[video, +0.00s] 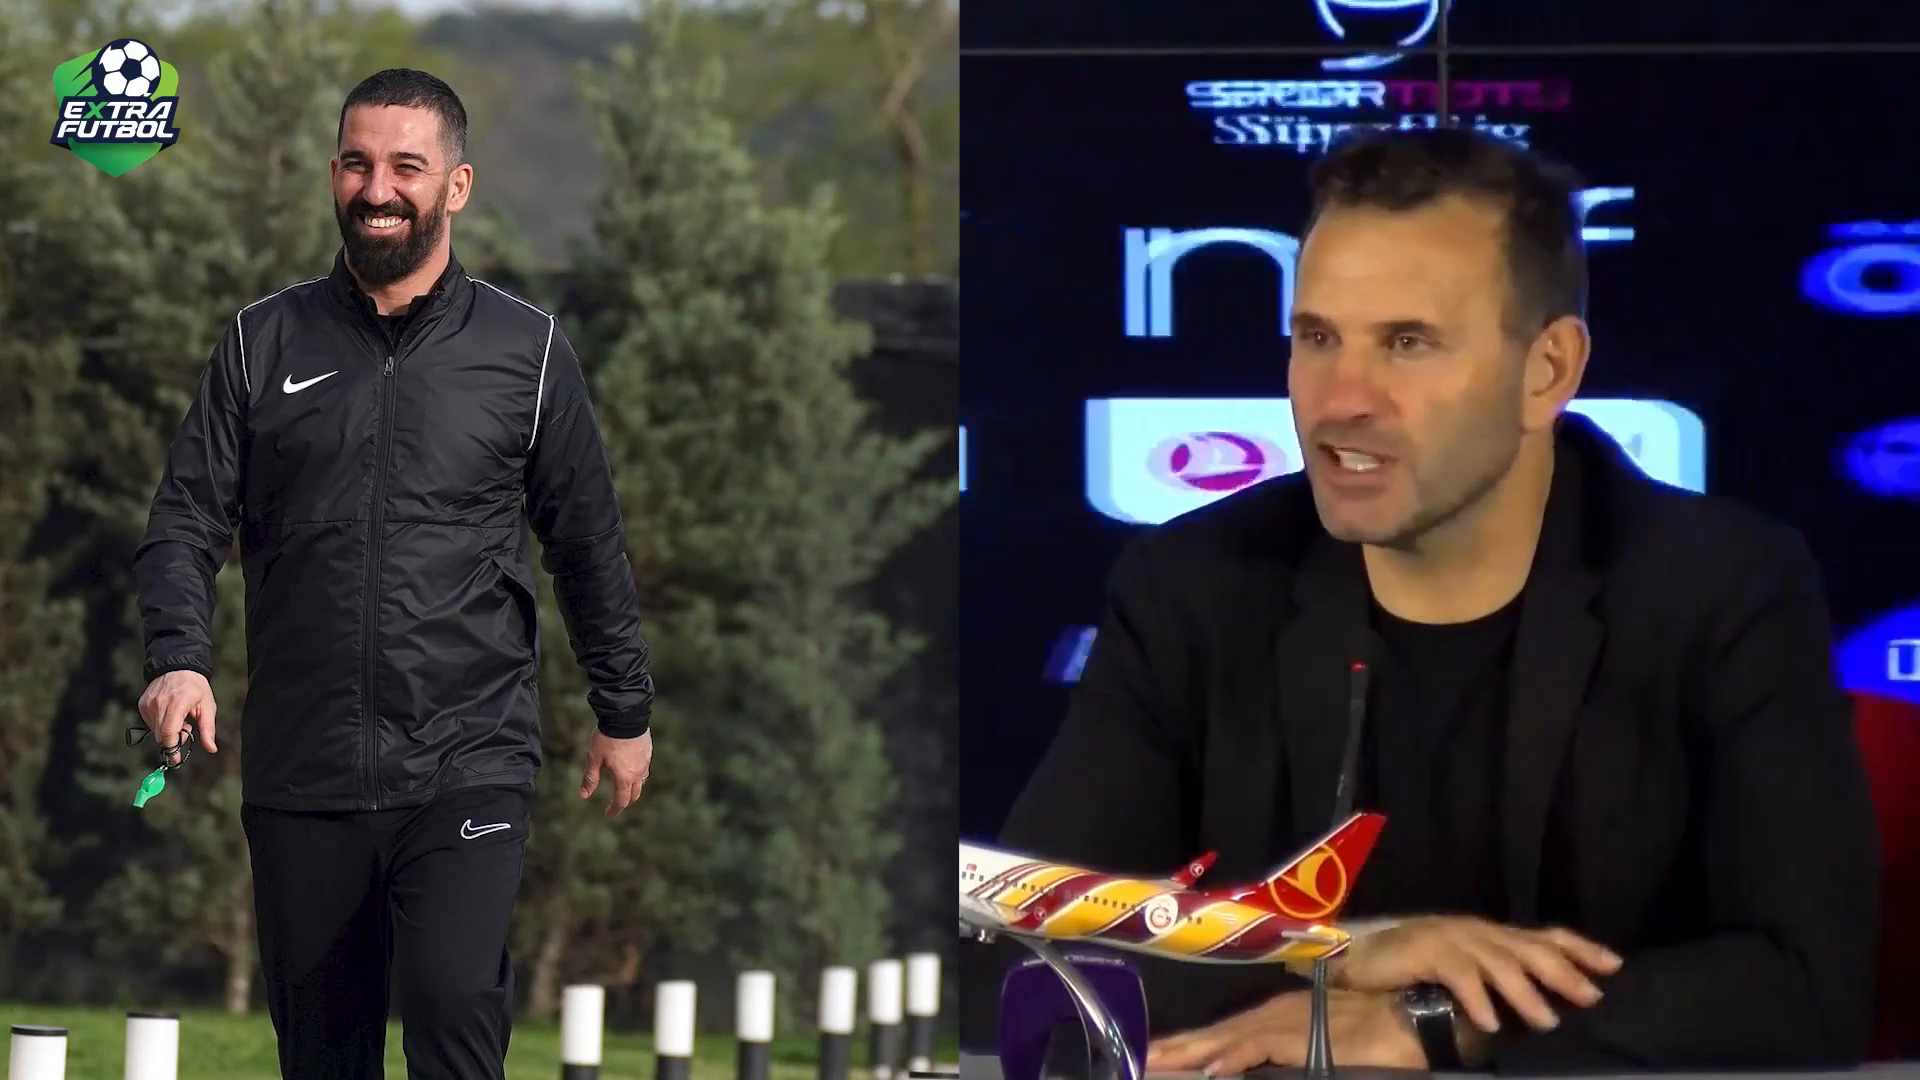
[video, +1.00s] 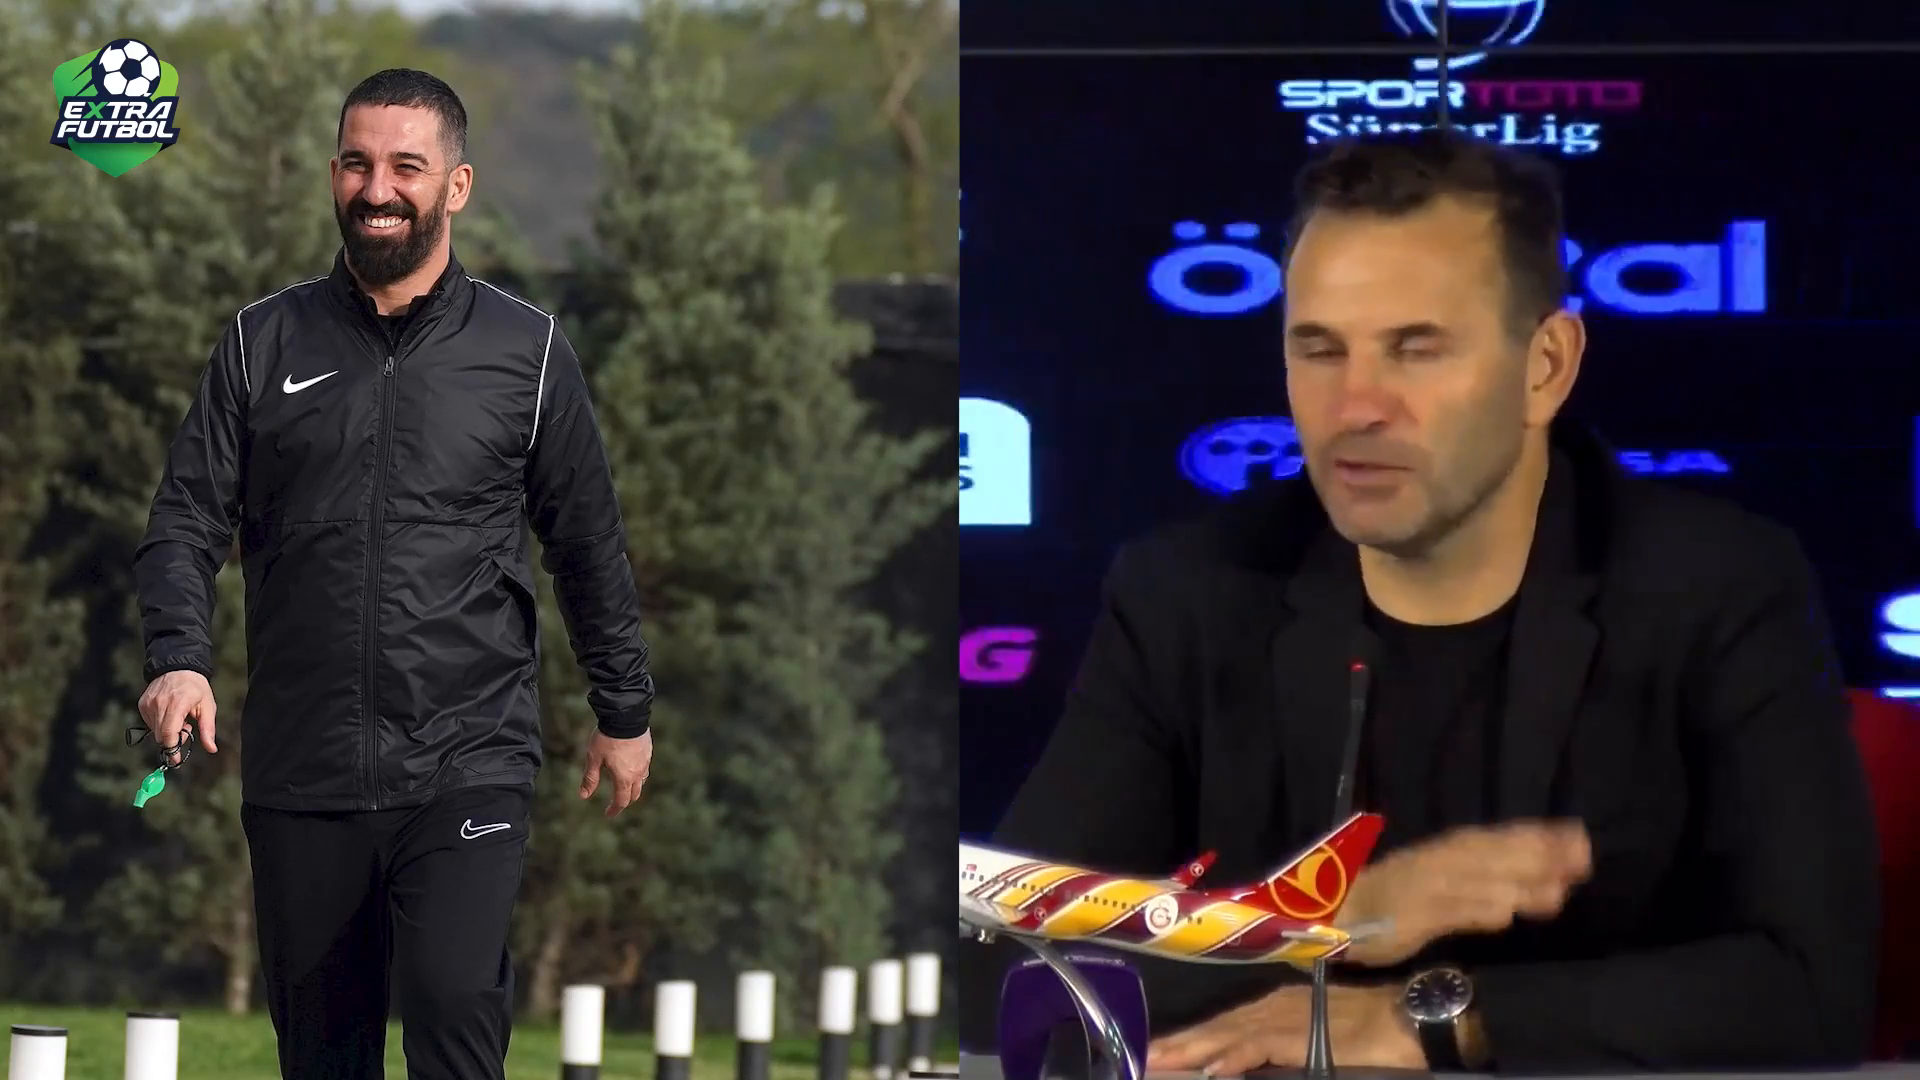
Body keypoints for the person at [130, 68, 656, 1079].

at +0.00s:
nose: (376, 187)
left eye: (405, 164)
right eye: (356, 162)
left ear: (458, 185)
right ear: (334, 176)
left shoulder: (529, 349)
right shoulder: (259, 343)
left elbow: (588, 540)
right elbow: (187, 513)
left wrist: (623, 709)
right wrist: (178, 658)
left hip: (472, 752)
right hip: (302, 755)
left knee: (455, 1018)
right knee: (320, 1042)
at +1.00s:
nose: (376, 187)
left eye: (405, 164)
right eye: (356, 162)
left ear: (458, 185)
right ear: (334, 176)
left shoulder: (529, 349)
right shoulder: (259, 343)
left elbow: (588, 541)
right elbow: (187, 513)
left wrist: (623, 709)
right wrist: (178, 658)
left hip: (472, 752)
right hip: (302, 755)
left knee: (455, 1018)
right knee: (320, 1042)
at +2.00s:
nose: (375, 187)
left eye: (405, 164)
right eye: (356, 162)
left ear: (458, 185)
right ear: (334, 177)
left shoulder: (530, 350)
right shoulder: (259, 342)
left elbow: (588, 541)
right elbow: (187, 513)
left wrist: (623, 708)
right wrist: (177, 658)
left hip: (472, 752)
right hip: (301, 755)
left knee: (455, 1018)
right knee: (320, 1043)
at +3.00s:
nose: (375, 186)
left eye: (405, 164)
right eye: (356, 162)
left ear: (458, 186)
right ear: (334, 177)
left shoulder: (530, 350)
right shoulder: (259, 343)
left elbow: (589, 542)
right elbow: (186, 513)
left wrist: (623, 708)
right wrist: (178, 658)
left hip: (472, 751)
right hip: (302, 753)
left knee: (454, 1018)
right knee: (320, 1041)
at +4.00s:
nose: (375, 186)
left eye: (405, 164)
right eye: (356, 162)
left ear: (458, 186)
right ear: (334, 177)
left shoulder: (530, 350)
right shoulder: (259, 343)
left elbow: (589, 543)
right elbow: (186, 513)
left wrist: (623, 708)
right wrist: (178, 658)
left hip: (472, 751)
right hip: (302, 753)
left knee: (454, 1018)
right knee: (320, 1041)